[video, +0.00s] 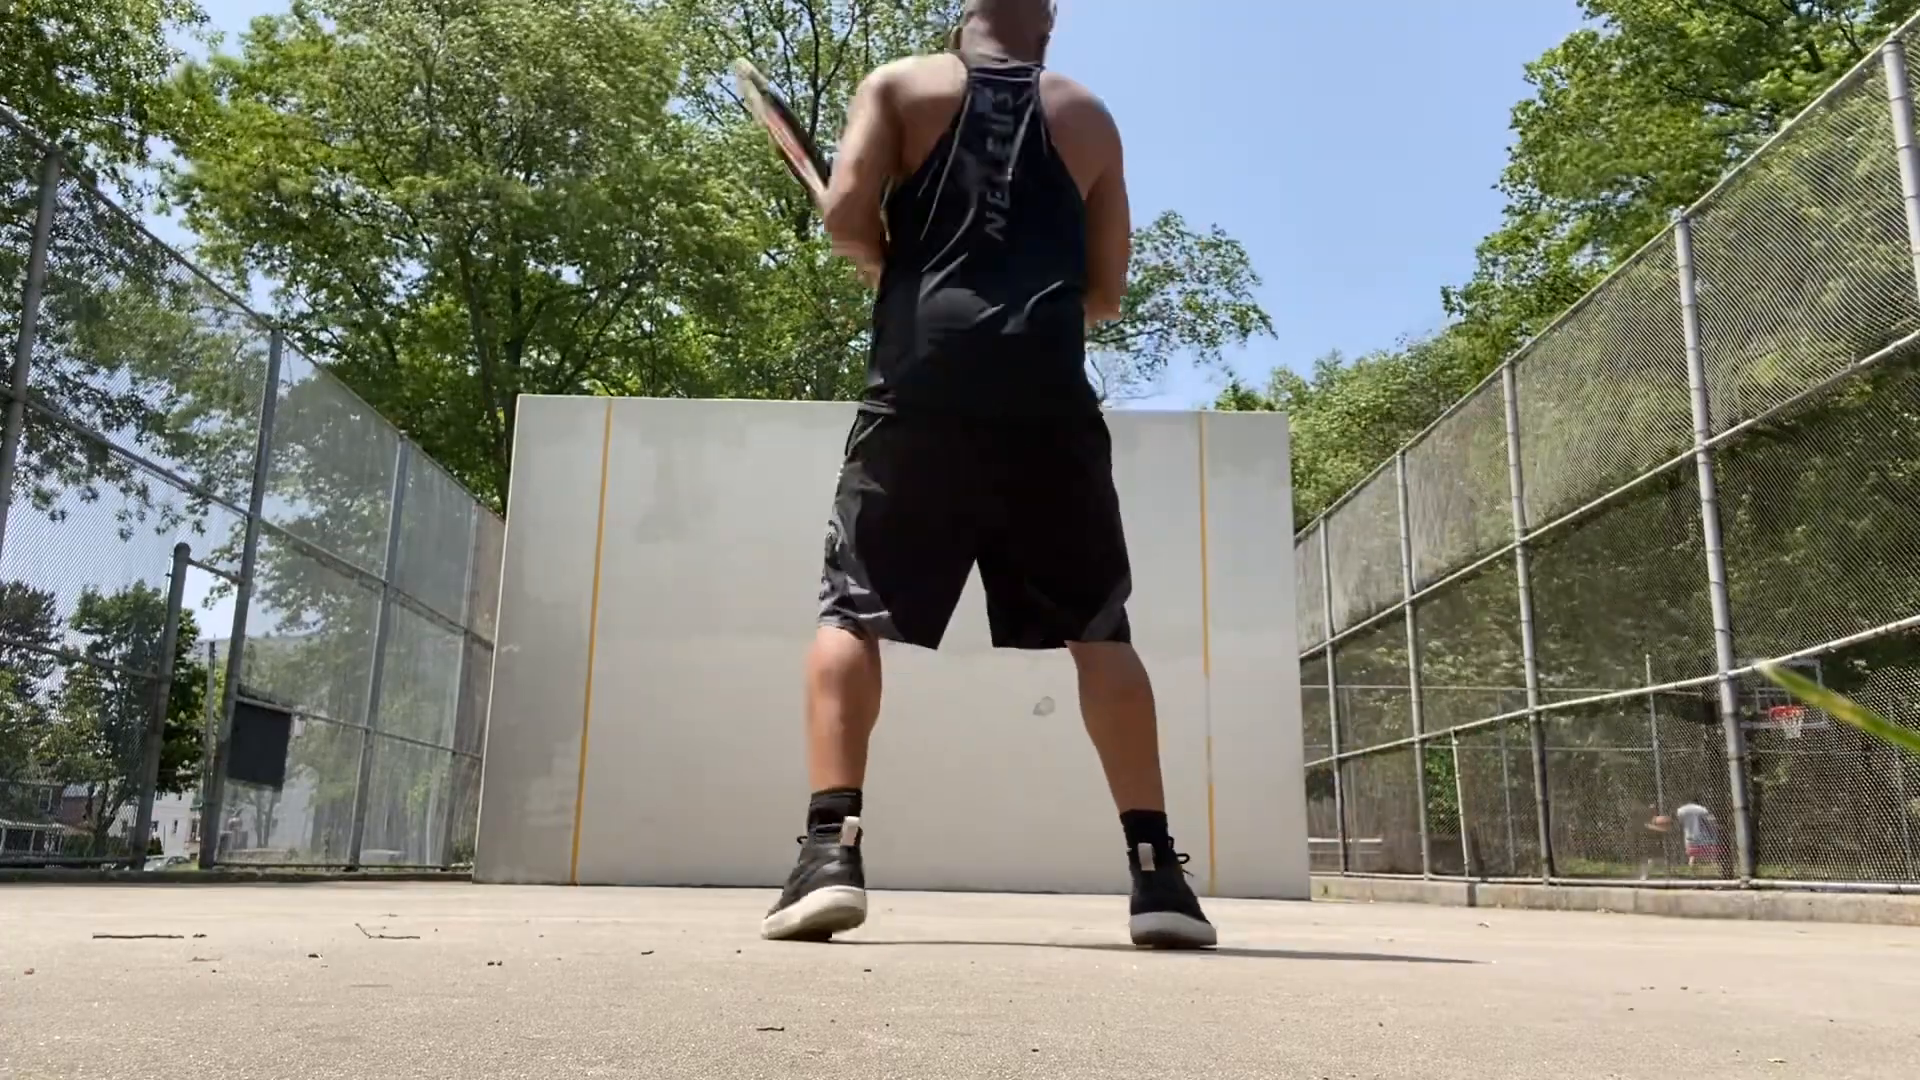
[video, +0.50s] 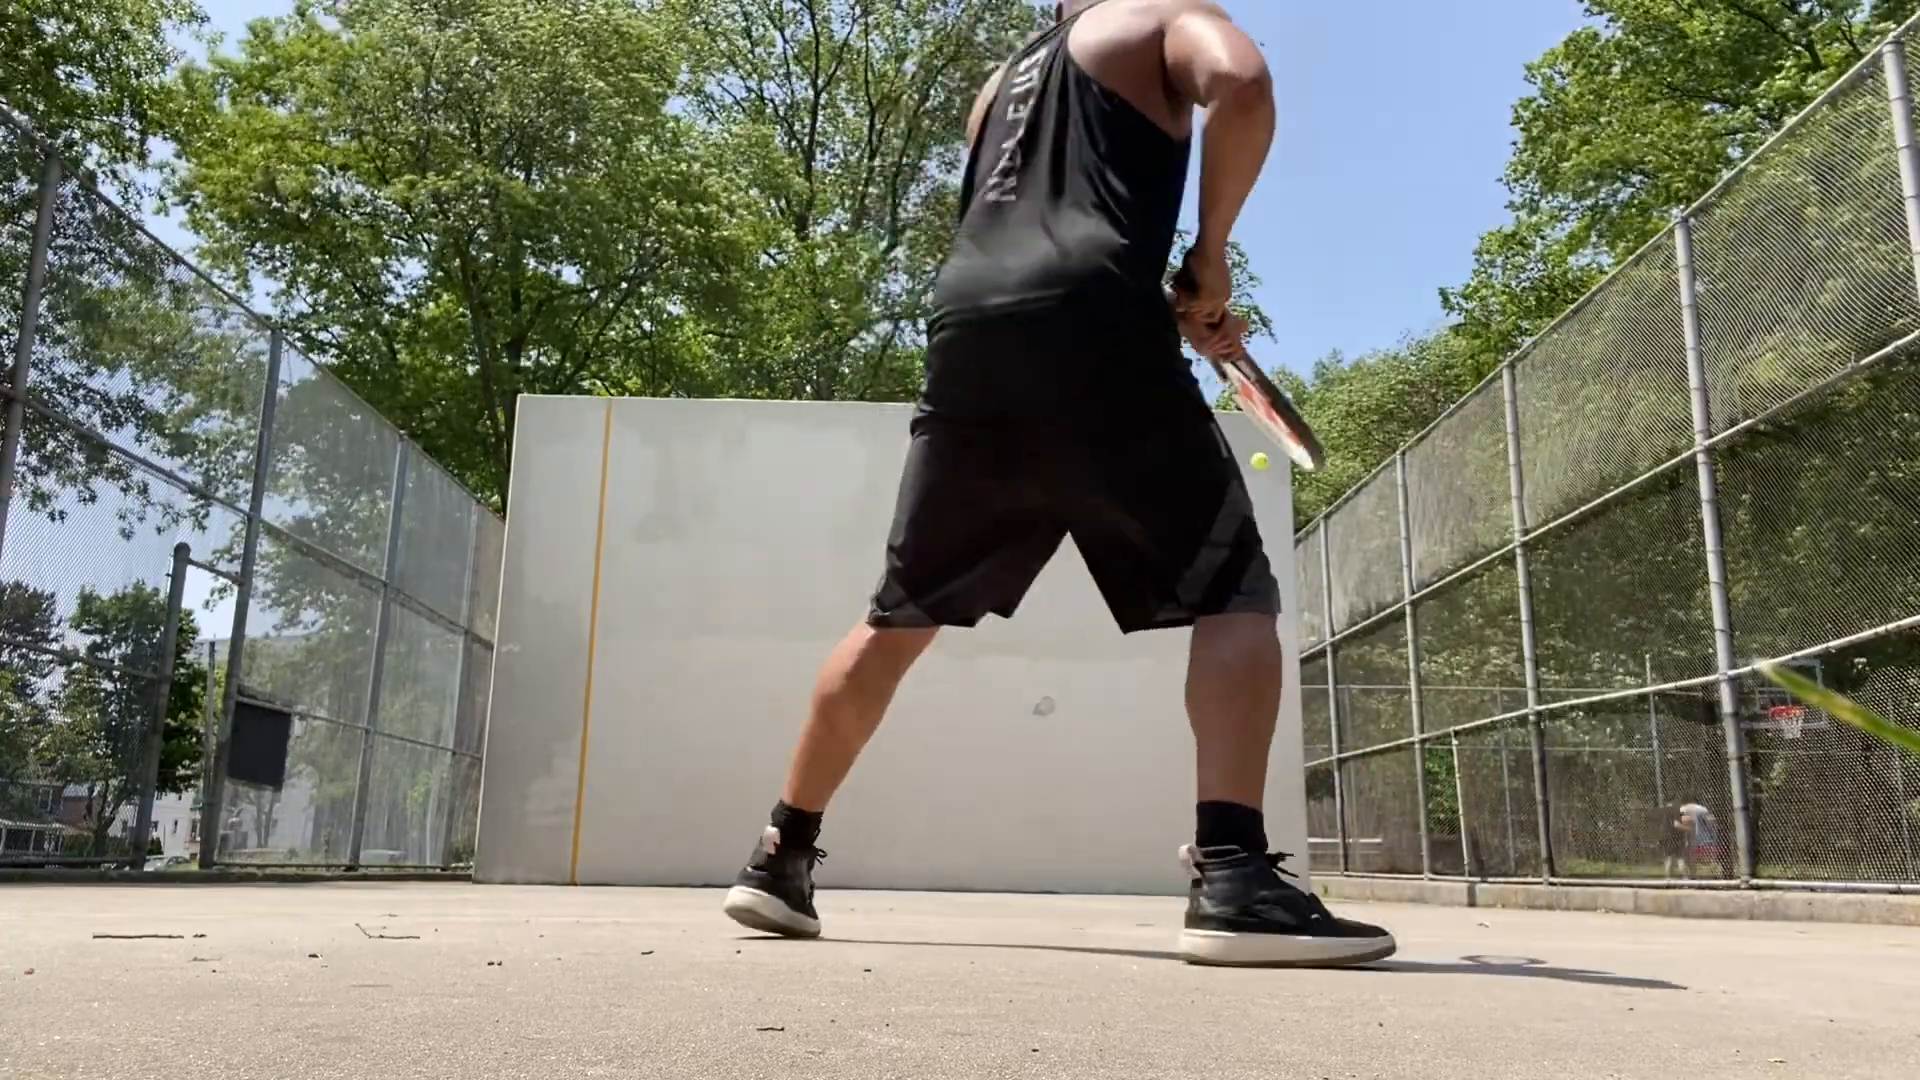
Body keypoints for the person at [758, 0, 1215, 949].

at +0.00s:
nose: (1044, 26)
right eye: (1049, 21)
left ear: (962, 21)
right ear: (1046, 27)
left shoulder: (896, 86)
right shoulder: (1087, 117)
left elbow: (846, 214)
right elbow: (1104, 291)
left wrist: (895, 267)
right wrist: (1021, 302)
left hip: (919, 403)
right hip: (1051, 412)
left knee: (853, 613)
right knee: (1101, 634)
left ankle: (829, 855)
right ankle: (1158, 877)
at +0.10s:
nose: (1040, 43)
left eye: (1024, 34)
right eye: (1040, 36)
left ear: (951, 53)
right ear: (1037, 51)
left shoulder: (890, 119)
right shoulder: (1079, 120)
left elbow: (824, 270)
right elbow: (1128, 283)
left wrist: (915, 316)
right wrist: (1054, 329)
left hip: (910, 388)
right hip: (1040, 393)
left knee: (843, 610)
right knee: (1100, 637)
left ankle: (791, 837)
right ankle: (1151, 880)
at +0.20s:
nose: (1042, 89)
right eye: (1044, 79)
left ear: (956, 84)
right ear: (1038, 84)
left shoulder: (886, 155)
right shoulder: (1067, 128)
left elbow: (835, 316)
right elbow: (1109, 270)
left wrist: (923, 355)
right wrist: (1044, 361)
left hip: (886, 395)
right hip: (1015, 393)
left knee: (841, 638)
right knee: (1113, 625)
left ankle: (764, 868)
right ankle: (1155, 882)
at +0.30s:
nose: (1061, 83)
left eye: (1047, 74)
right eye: (1060, 75)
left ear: (977, 83)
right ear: (1054, 75)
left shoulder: (901, 161)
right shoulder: (1071, 113)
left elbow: (866, 300)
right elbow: (1090, 226)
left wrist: (905, 381)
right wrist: (1054, 367)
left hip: (879, 387)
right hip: (1009, 377)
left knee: (837, 634)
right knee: (1149, 604)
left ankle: (763, 863)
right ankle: (1183, 872)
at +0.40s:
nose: (1099, 51)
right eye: (1096, 42)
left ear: (1008, 51)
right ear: (1081, 43)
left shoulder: (935, 144)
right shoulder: (1094, 82)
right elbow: (1132, 170)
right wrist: (1113, 328)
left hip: (904, 398)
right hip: (1037, 391)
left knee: (857, 636)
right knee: (1189, 611)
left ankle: (765, 867)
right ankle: (1227, 850)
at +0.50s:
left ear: (1062, 11)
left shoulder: (999, 86)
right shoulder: (1161, 18)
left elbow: (1019, 234)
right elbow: (1241, 80)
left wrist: (1186, 311)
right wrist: (1210, 251)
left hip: (968, 339)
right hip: (1098, 328)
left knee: (902, 613)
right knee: (1234, 594)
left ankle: (781, 857)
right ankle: (1235, 874)